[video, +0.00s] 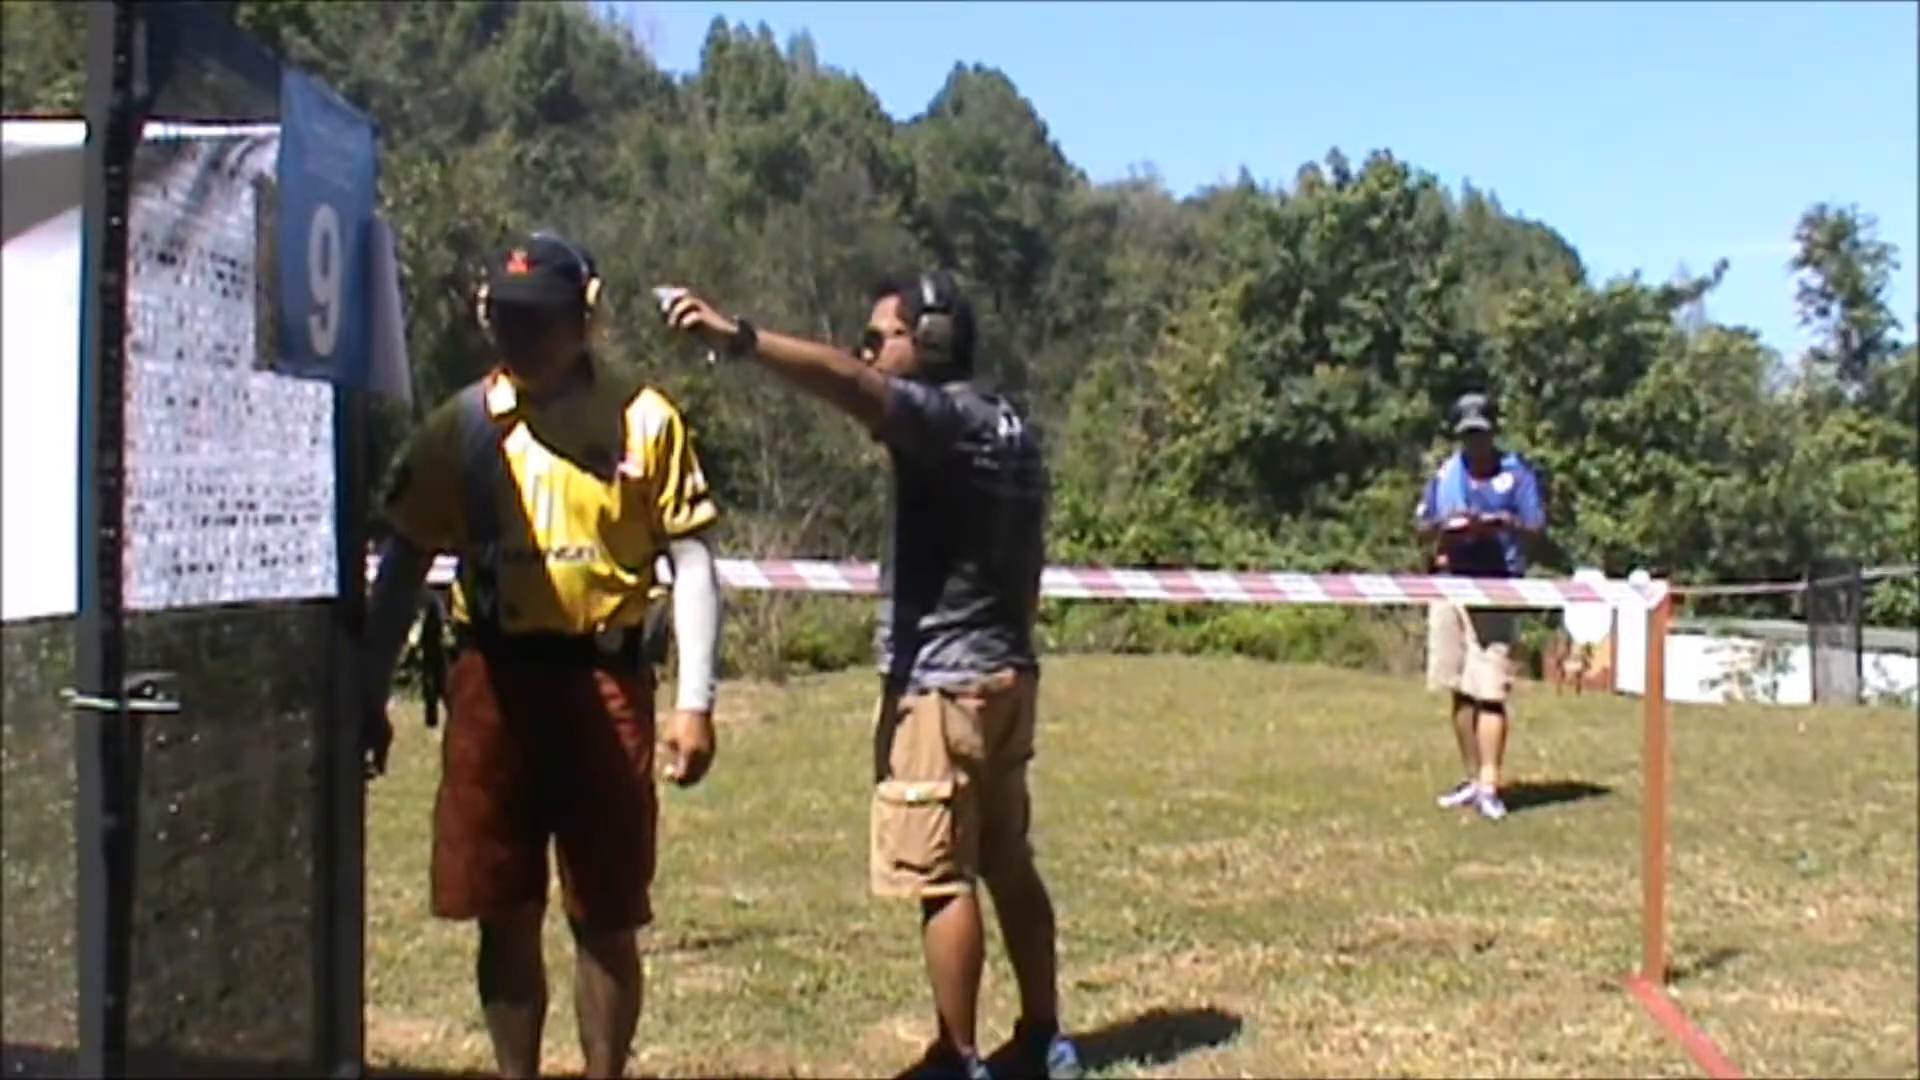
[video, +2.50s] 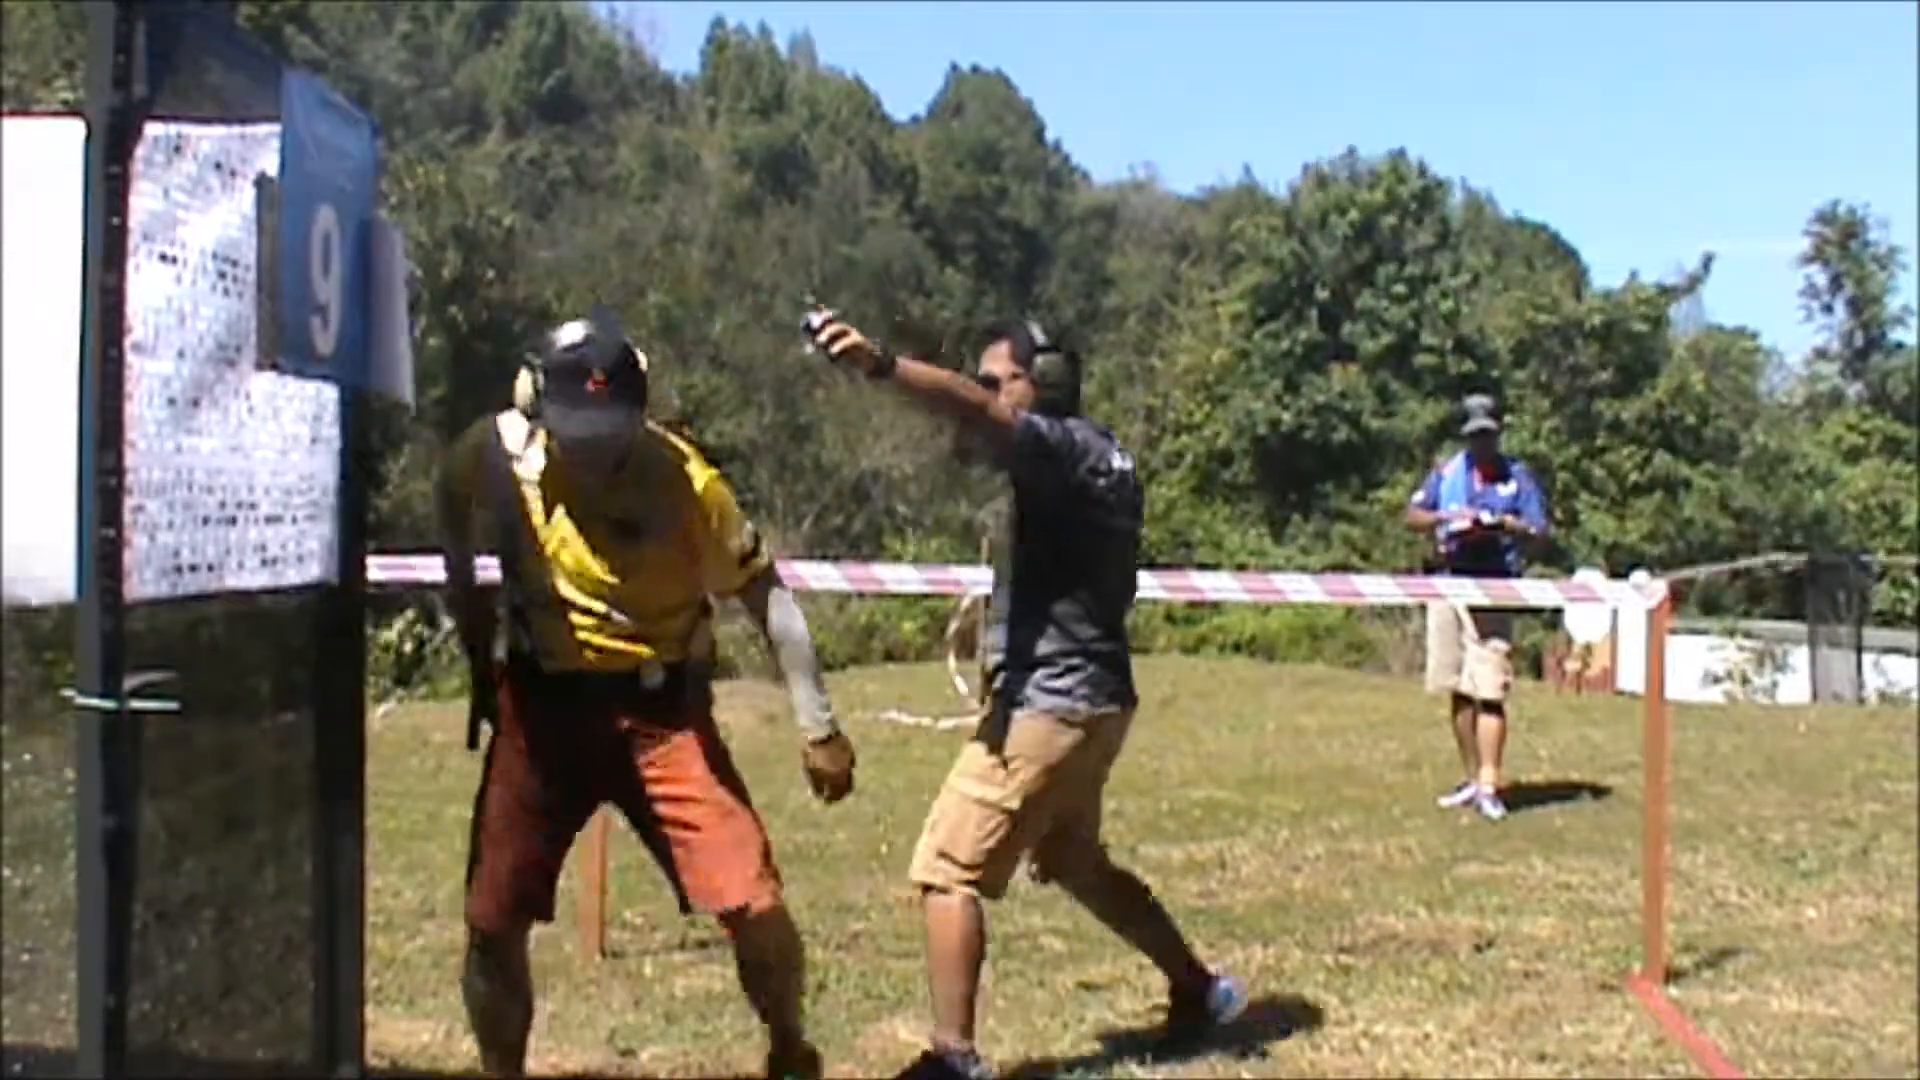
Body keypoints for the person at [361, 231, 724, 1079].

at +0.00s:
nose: (515, 335)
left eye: (535, 320)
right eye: (505, 318)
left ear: (585, 323)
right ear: (490, 317)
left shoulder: (645, 423)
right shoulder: (464, 425)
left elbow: (692, 561)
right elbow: (404, 564)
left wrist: (696, 697)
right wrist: (370, 695)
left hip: (606, 694)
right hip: (496, 694)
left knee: (606, 924)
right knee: (503, 915)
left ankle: (605, 1072)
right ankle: (517, 1072)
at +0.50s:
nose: (516, 339)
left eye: (536, 323)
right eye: (506, 320)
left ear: (585, 323)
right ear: (488, 317)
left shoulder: (645, 423)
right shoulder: (463, 426)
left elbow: (692, 565)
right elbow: (405, 565)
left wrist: (695, 700)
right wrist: (370, 695)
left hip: (605, 694)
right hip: (495, 694)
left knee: (606, 923)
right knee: (503, 915)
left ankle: (605, 1071)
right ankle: (517, 1071)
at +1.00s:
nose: (519, 338)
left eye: (539, 323)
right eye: (507, 320)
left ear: (586, 323)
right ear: (490, 317)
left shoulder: (645, 424)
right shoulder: (463, 426)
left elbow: (693, 565)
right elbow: (405, 565)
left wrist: (695, 701)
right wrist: (369, 695)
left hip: (606, 692)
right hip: (495, 693)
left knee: (607, 923)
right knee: (503, 914)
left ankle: (607, 1071)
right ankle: (517, 1072)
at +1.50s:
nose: (516, 339)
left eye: (536, 324)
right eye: (505, 321)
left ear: (583, 326)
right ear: (490, 320)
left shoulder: (645, 424)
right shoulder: (465, 426)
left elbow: (692, 564)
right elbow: (405, 565)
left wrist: (694, 701)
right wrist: (370, 694)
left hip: (605, 694)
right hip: (495, 694)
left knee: (606, 925)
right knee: (503, 917)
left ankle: (606, 1072)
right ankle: (517, 1072)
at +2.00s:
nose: (517, 340)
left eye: (537, 324)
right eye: (507, 321)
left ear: (585, 327)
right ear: (492, 319)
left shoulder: (646, 423)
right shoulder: (467, 425)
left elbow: (694, 565)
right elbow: (407, 567)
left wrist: (698, 701)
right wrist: (370, 697)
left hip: (607, 693)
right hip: (496, 693)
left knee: (607, 924)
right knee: (504, 916)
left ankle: (605, 1071)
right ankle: (518, 1072)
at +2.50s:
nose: (594, 453)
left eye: (610, 435)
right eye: (575, 437)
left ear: (638, 411)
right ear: (545, 413)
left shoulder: (685, 481)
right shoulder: (495, 455)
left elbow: (766, 594)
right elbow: (455, 522)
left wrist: (818, 723)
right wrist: (479, 649)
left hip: (664, 714)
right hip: (541, 712)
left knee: (757, 909)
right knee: (491, 928)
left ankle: (789, 1048)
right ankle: (503, 1071)